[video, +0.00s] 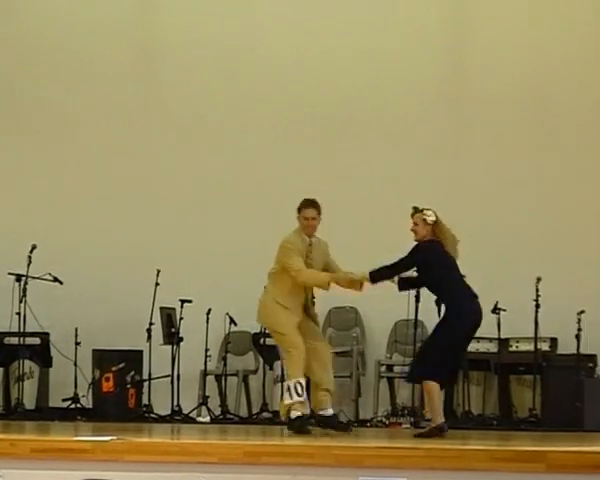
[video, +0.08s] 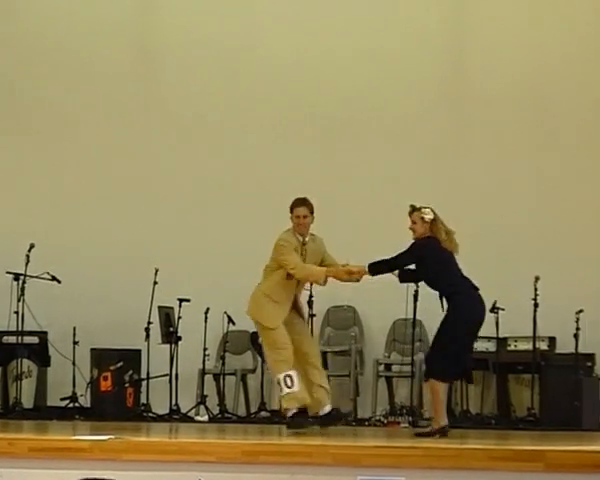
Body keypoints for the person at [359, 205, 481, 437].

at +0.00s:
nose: (412, 228)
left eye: (416, 225)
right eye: (412, 225)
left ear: (429, 227)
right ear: (429, 228)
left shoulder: (424, 249)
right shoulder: (438, 249)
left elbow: (395, 268)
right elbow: (426, 279)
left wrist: (367, 277)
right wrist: (396, 282)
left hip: (460, 311)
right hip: (469, 310)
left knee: (428, 363)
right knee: (430, 363)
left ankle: (437, 421)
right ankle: (434, 419)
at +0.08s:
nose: (410, 227)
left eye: (414, 223)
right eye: (411, 223)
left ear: (427, 224)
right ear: (427, 225)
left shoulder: (424, 246)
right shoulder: (437, 247)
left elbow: (393, 263)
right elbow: (421, 274)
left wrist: (365, 270)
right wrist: (395, 275)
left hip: (463, 307)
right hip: (471, 306)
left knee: (435, 361)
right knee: (438, 362)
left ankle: (439, 422)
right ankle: (439, 421)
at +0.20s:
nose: (406, 225)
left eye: (410, 222)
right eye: (406, 221)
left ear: (423, 224)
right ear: (423, 225)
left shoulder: (416, 246)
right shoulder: (433, 247)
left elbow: (389, 268)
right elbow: (420, 277)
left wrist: (361, 278)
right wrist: (388, 281)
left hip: (452, 309)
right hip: (463, 307)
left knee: (423, 358)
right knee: (438, 361)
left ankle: (431, 417)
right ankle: (454, 420)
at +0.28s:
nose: (395, 215)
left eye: (399, 212)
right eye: (397, 211)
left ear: (409, 217)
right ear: (413, 217)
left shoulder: (403, 241)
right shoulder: (423, 241)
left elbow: (377, 266)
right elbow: (415, 274)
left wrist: (353, 273)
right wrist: (385, 278)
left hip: (432, 304)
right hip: (448, 302)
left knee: (401, 351)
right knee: (432, 357)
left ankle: (410, 405)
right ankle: (450, 417)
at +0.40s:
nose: (368, 203)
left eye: (372, 200)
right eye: (370, 199)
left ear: (381, 204)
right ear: (390, 205)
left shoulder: (369, 226)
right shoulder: (395, 228)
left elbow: (346, 254)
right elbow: (387, 261)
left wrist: (328, 265)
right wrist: (363, 271)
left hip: (388, 292)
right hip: (406, 290)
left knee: (368, 352)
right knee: (410, 351)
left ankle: (357, 413)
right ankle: (438, 406)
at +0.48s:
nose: (350, 203)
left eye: (352, 200)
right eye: (352, 200)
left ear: (357, 203)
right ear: (373, 205)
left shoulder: (344, 225)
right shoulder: (378, 227)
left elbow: (313, 250)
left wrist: (314, 241)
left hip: (359, 294)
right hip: (381, 293)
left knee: (348, 354)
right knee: (385, 352)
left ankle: (346, 417)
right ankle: (419, 392)